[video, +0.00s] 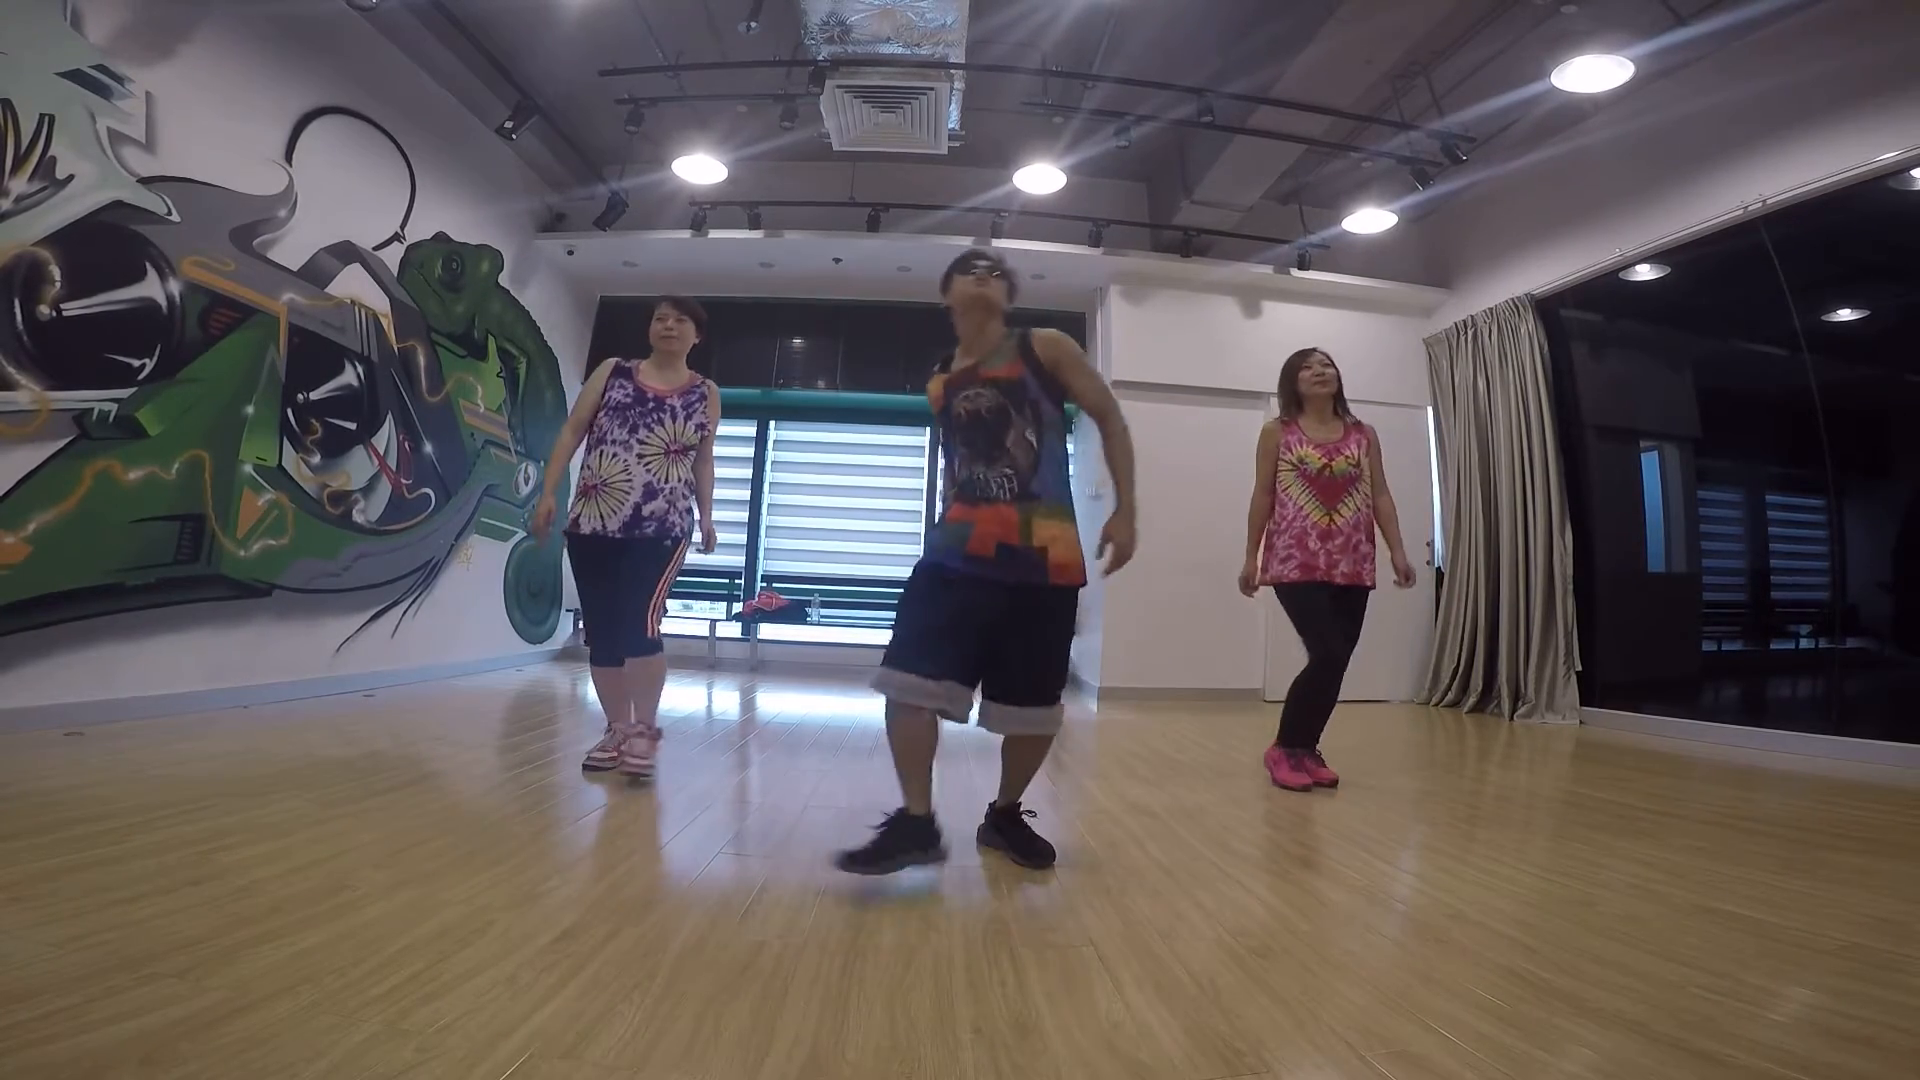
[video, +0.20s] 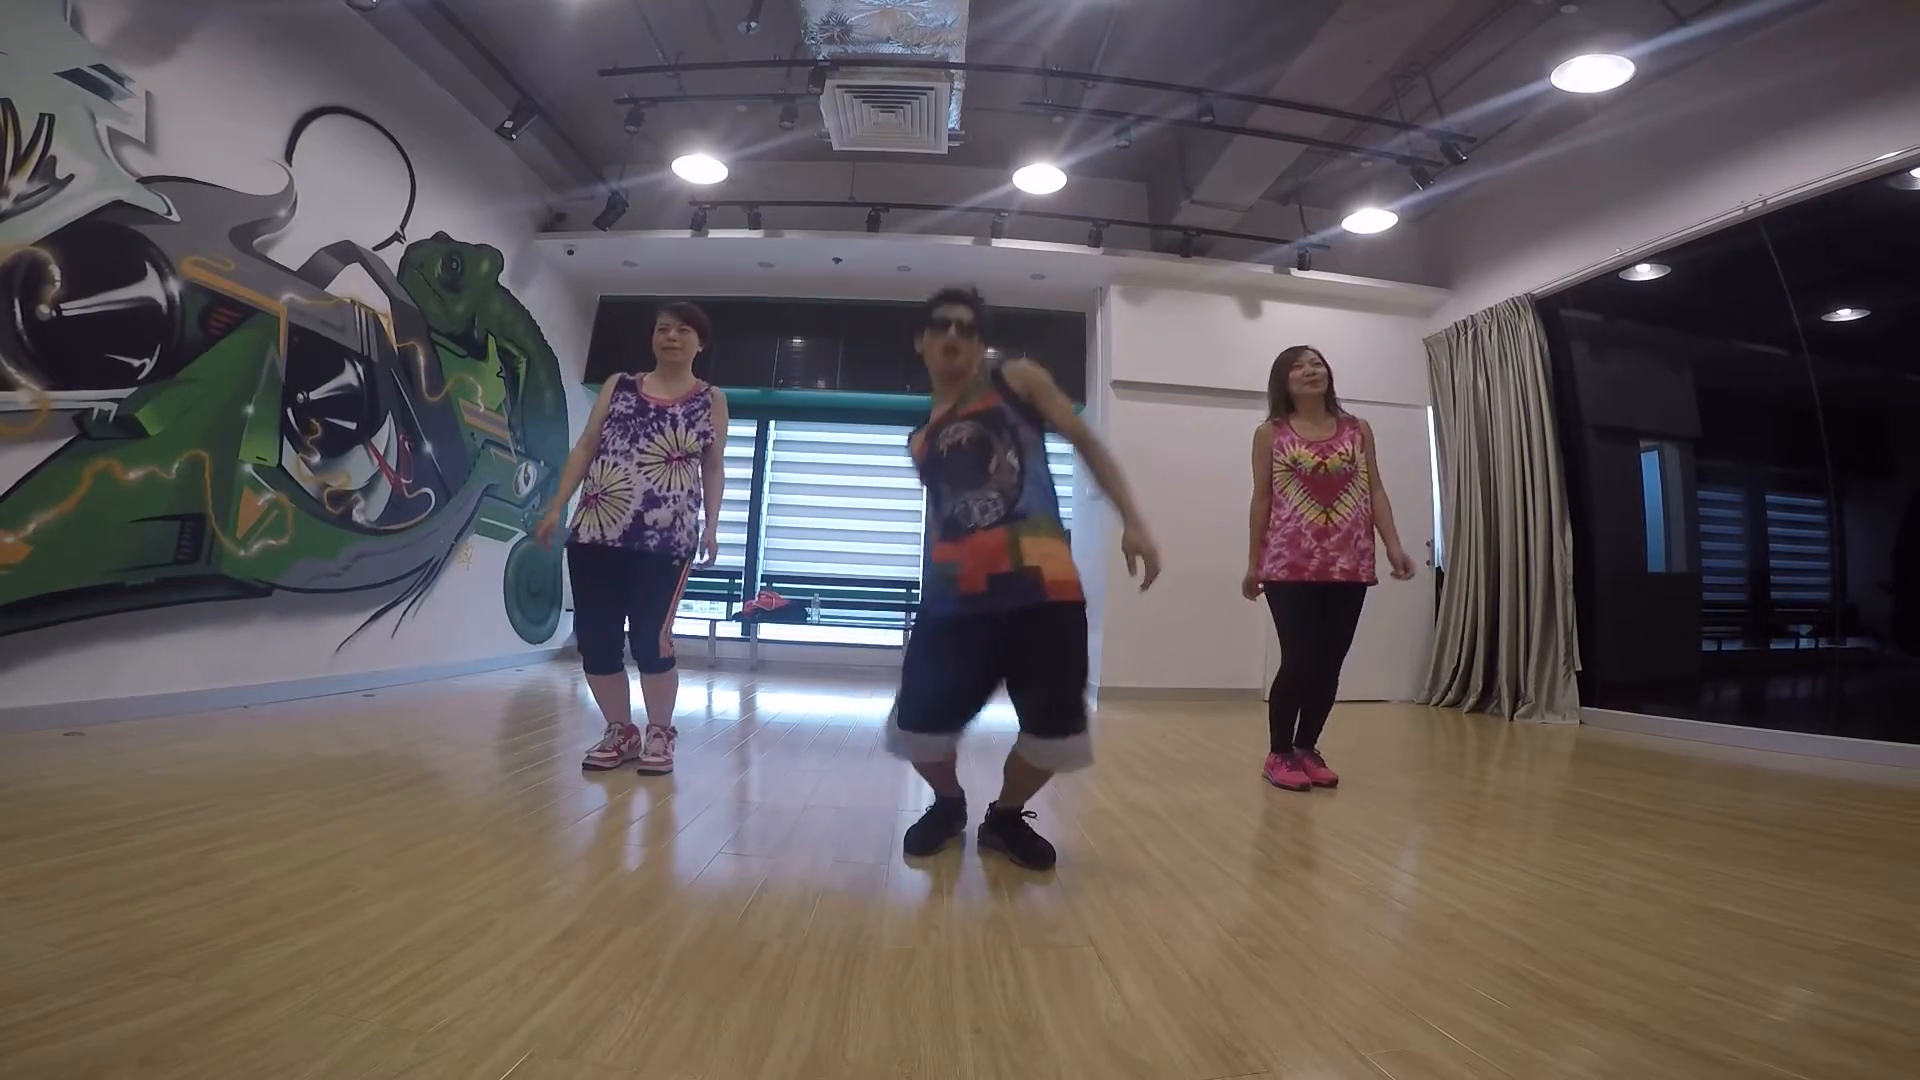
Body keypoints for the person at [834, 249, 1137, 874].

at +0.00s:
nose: (984, 277)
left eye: (996, 273)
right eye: (970, 270)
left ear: (1010, 298)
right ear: (946, 294)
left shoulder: (1046, 349)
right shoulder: (943, 382)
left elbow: (1110, 417)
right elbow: (964, 464)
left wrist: (1125, 509)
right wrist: (954, 534)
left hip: (1043, 558)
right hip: (960, 553)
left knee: (1036, 705)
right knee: (907, 680)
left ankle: (1005, 814)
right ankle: (916, 821)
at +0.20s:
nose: (953, 336)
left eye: (966, 329)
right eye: (942, 327)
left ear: (981, 344)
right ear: (921, 344)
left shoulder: (1017, 379)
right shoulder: (924, 440)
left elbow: (1086, 441)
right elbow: (945, 522)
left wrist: (1133, 521)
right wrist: (936, 600)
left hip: (1043, 592)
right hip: (959, 600)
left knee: (1054, 735)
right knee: (920, 730)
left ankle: (1005, 818)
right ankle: (947, 804)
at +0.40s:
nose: (948, 350)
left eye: (961, 340)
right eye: (937, 338)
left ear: (977, 352)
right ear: (919, 349)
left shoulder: (1014, 399)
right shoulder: (904, 436)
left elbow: (1048, 484)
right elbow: (907, 521)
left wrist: (1063, 574)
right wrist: (904, 598)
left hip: (1022, 586)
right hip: (935, 594)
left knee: (1048, 711)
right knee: (921, 720)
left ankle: (1006, 807)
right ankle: (947, 802)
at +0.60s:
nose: (977, 282)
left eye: (989, 276)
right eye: (964, 273)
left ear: (1002, 298)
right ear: (940, 294)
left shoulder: (1021, 374)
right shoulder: (904, 366)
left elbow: (1031, 462)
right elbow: (869, 440)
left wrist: (1044, 551)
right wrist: (860, 497)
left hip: (1013, 556)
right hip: (928, 557)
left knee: (1030, 688)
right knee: (925, 696)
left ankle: (1034, 826)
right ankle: (945, 802)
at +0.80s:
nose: (1001, 311)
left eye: (1012, 304)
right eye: (987, 304)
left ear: (1029, 329)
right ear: (966, 325)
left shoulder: (1033, 415)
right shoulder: (925, 375)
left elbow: (1017, 503)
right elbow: (891, 456)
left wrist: (1021, 575)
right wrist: (902, 539)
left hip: (995, 568)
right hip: (920, 560)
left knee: (1008, 711)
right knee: (906, 707)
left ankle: (987, 795)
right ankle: (933, 799)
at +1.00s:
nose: (1005, 331)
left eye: (1016, 323)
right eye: (991, 326)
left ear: (1032, 339)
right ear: (974, 344)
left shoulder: (1045, 431)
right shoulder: (936, 399)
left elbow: (1058, 517)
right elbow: (884, 454)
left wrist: (1074, 590)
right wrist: (844, 499)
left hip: (999, 585)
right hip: (922, 578)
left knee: (1007, 714)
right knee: (894, 710)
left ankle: (976, 802)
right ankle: (930, 789)